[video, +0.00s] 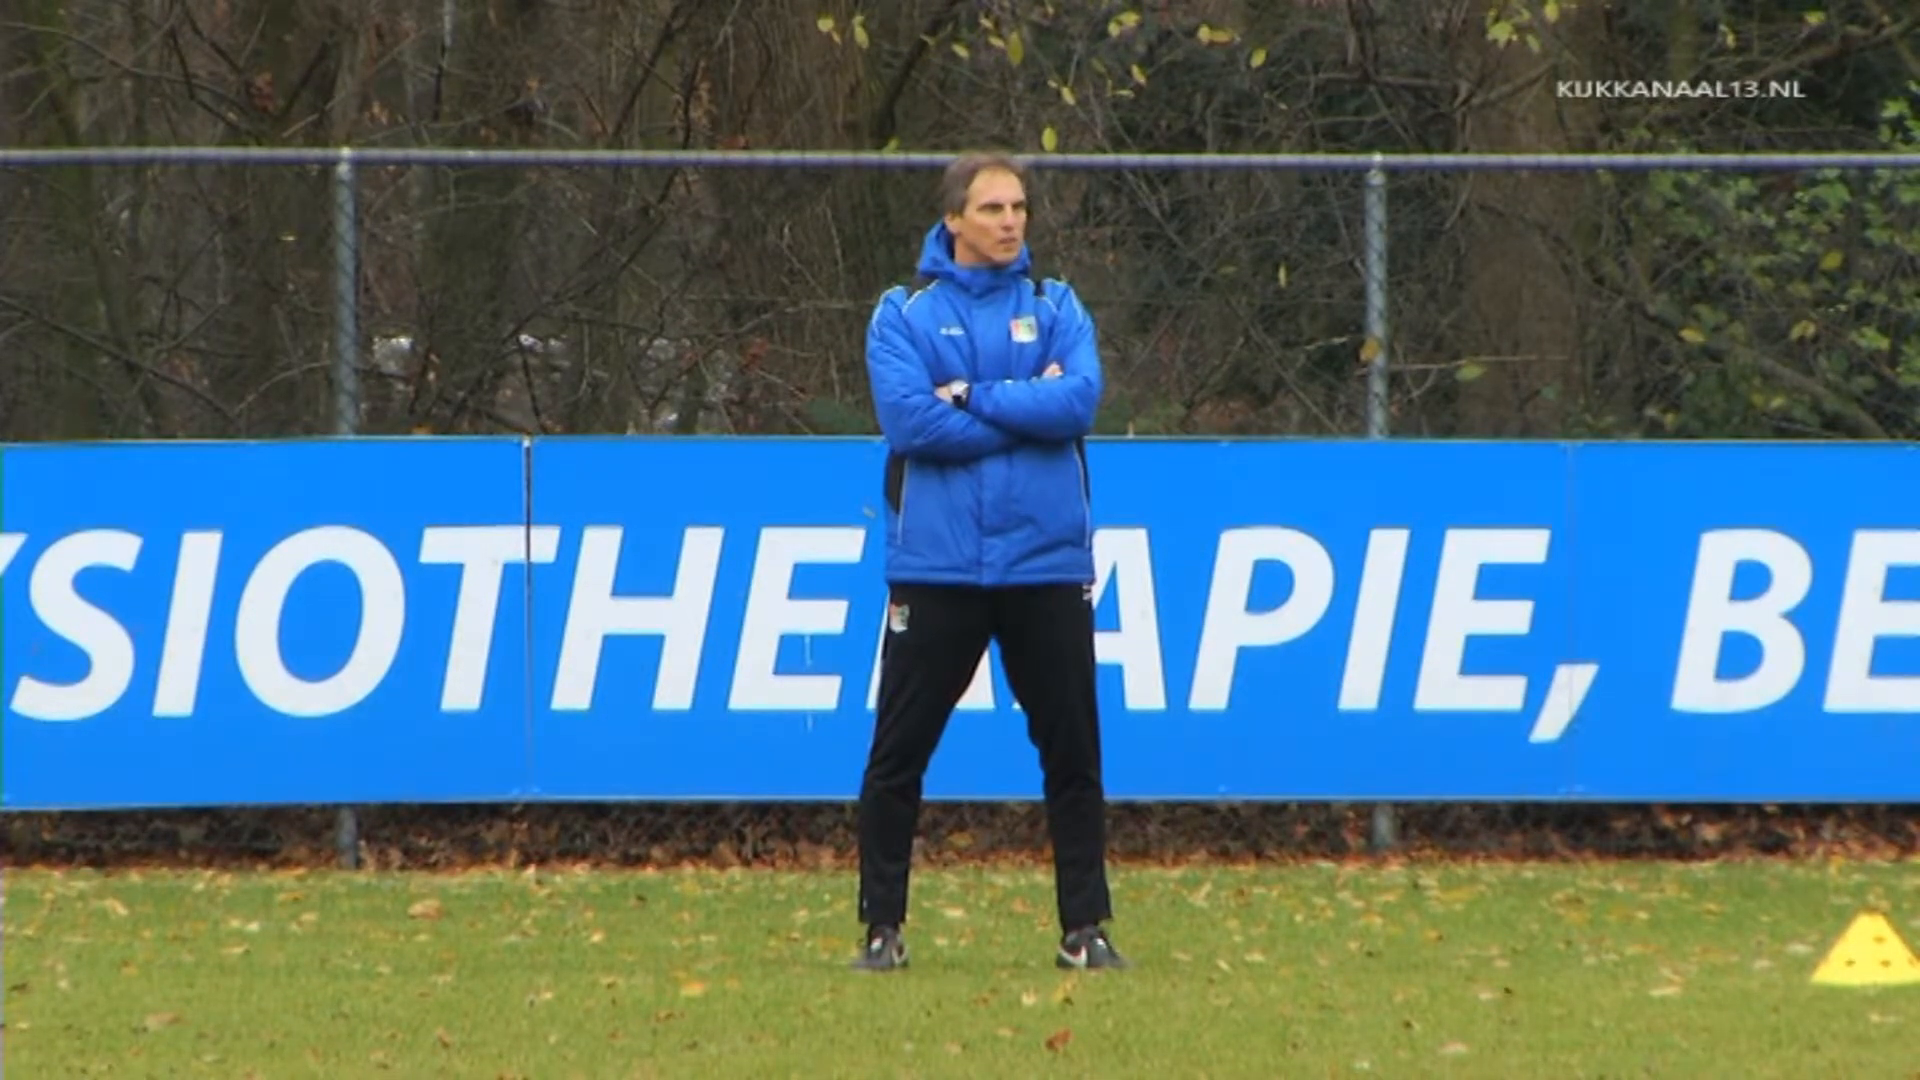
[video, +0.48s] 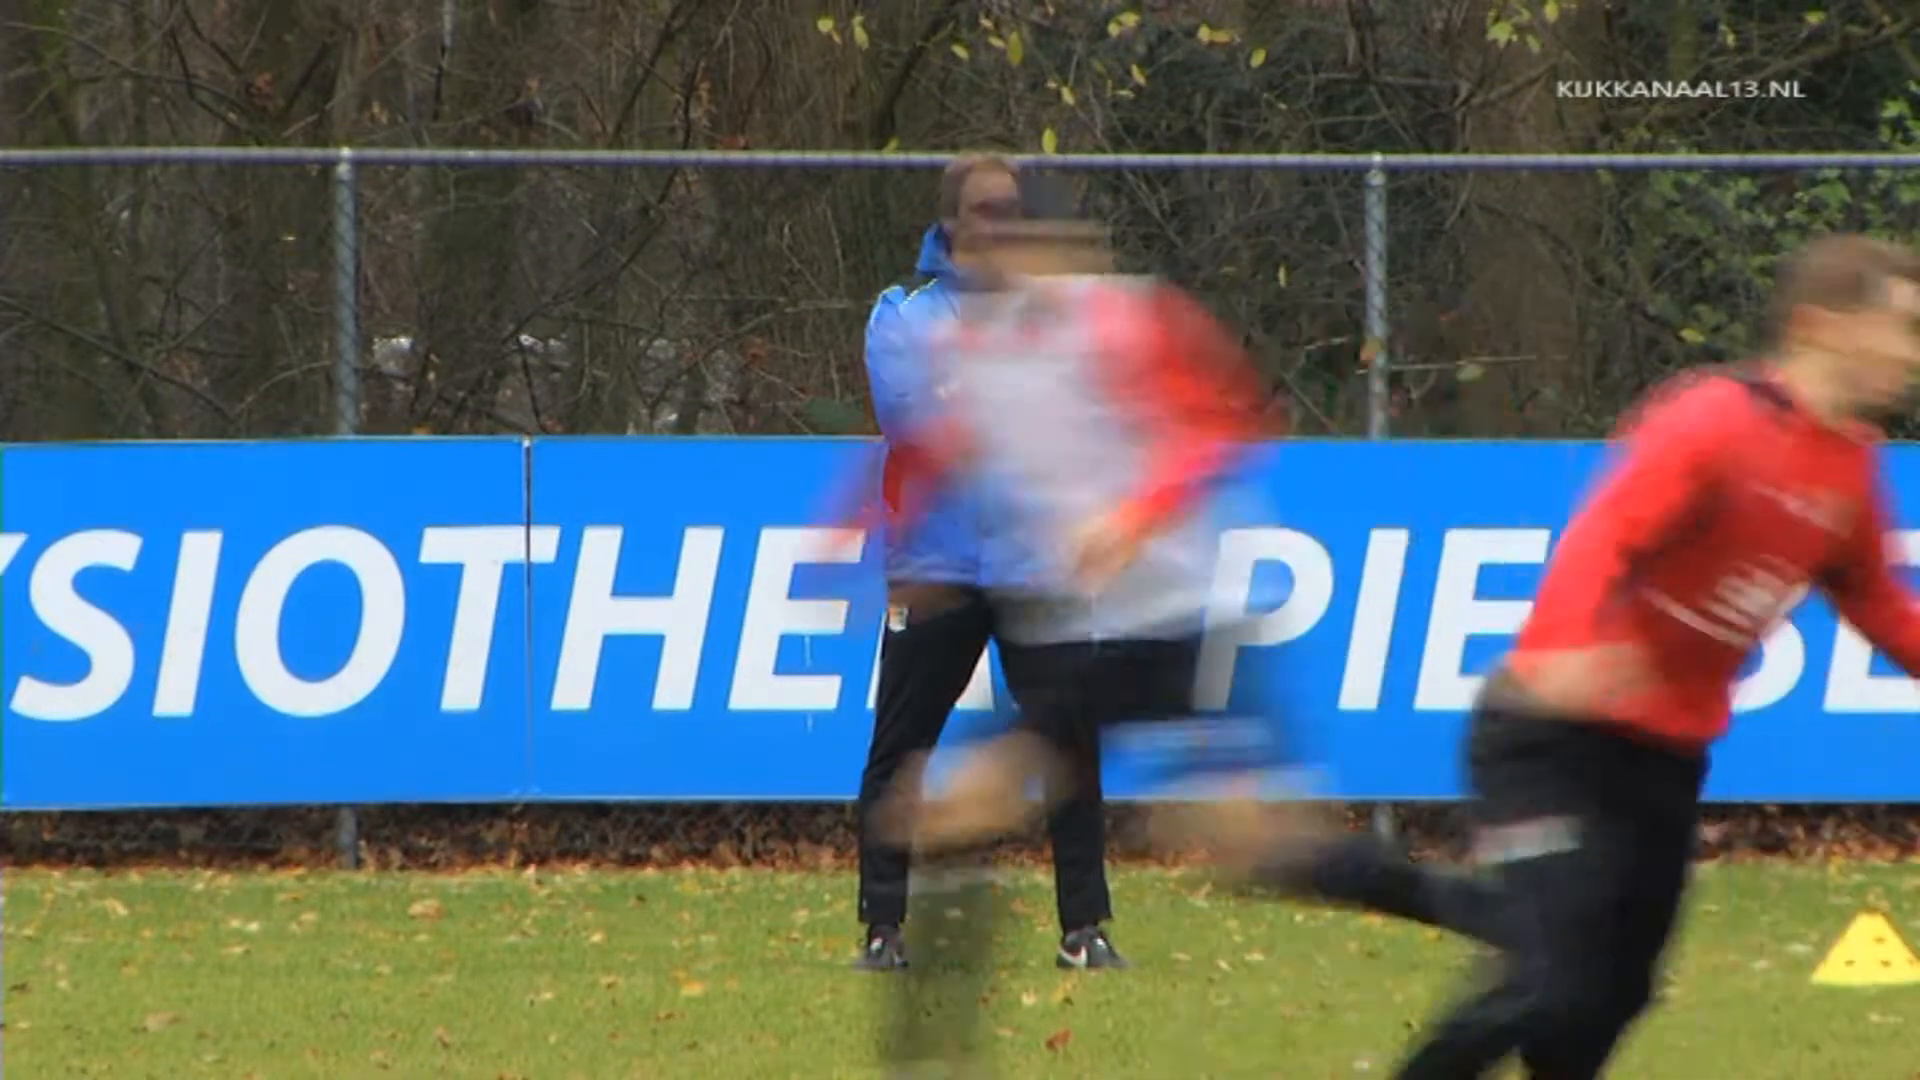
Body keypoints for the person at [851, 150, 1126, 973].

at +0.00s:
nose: (1009, 221)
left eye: (1018, 208)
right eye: (992, 209)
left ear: (1029, 218)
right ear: (954, 221)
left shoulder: (1057, 305)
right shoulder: (902, 313)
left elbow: (1078, 403)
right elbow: (913, 426)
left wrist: (968, 393)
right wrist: (1023, 413)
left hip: (1048, 567)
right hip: (939, 570)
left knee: (1073, 751)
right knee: (900, 752)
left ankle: (1085, 930)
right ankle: (882, 929)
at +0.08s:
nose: (1008, 221)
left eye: (1017, 208)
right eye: (991, 210)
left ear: (1028, 218)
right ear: (953, 222)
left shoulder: (1057, 305)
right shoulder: (901, 313)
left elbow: (1078, 402)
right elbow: (913, 426)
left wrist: (967, 393)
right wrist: (1023, 413)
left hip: (1048, 568)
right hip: (938, 571)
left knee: (1073, 751)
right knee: (900, 752)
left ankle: (1085, 930)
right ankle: (882, 929)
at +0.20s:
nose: (1007, 221)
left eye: (1016, 208)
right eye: (990, 210)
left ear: (1027, 218)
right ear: (952, 222)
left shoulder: (1056, 305)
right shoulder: (900, 312)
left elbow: (1077, 402)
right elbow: (912, 426)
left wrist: (966, 393)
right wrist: (1022, 414)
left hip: (1047, 567)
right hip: (938, 570)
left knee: (1072, 751)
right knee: (899, 752)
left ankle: (1085, 929)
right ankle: (882, 928)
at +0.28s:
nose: (1004, 221)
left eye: (1014, 209)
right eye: (987, 210)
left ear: (1026, 219)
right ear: (951, 221)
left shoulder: (1056, 304)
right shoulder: (900, 312)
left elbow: (1078, 401)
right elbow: (912, 425)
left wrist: (966, 393)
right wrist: (1022, 413)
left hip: (1047, 567)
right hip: (938, 569)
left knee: (1072, 750)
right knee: (899, 752)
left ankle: (1085, 929)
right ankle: (882, 928)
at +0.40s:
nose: (1003, 221)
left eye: (1012, 208)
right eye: (986, 209)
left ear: (1024, 218)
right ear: (950, 221)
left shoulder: (1057, 305)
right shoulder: (899, 312)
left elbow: (1075, 401)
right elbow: (912, 425)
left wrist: (964, 392)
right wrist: (1023, 413)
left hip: (1045, 567)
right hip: (937, 570)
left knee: (1071, 751)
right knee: (899, 753)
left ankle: (1085, 930)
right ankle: (882, 929)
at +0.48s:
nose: (1000, 228)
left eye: (1012, 212)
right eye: (984, 213)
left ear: (1032, 218)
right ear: (951, 221)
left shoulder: (1060, 314)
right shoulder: (905, 318)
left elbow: (1094, 421)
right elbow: (915, 437)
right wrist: (993, 344)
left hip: (1044, 567)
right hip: (940, 570)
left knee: (1070, 742)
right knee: (899, 749)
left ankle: (1085, 927)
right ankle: (883, 926)